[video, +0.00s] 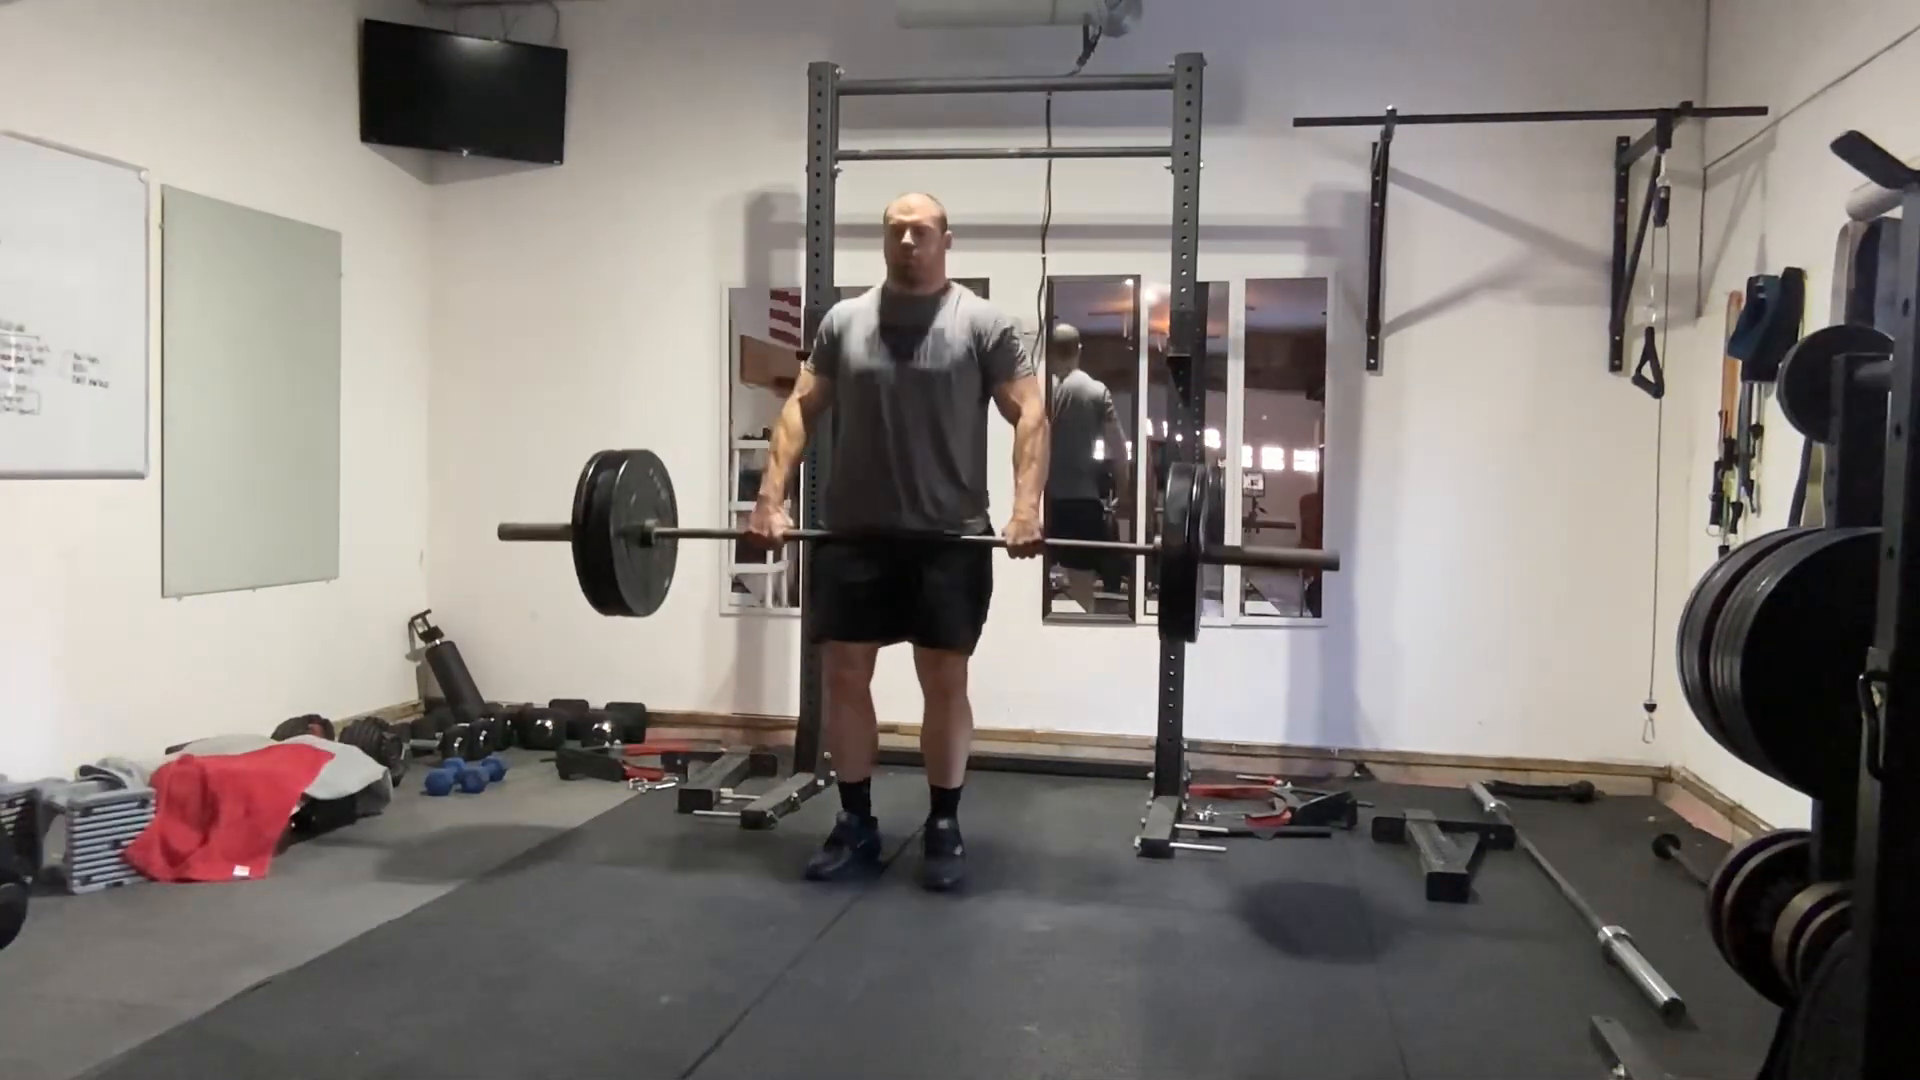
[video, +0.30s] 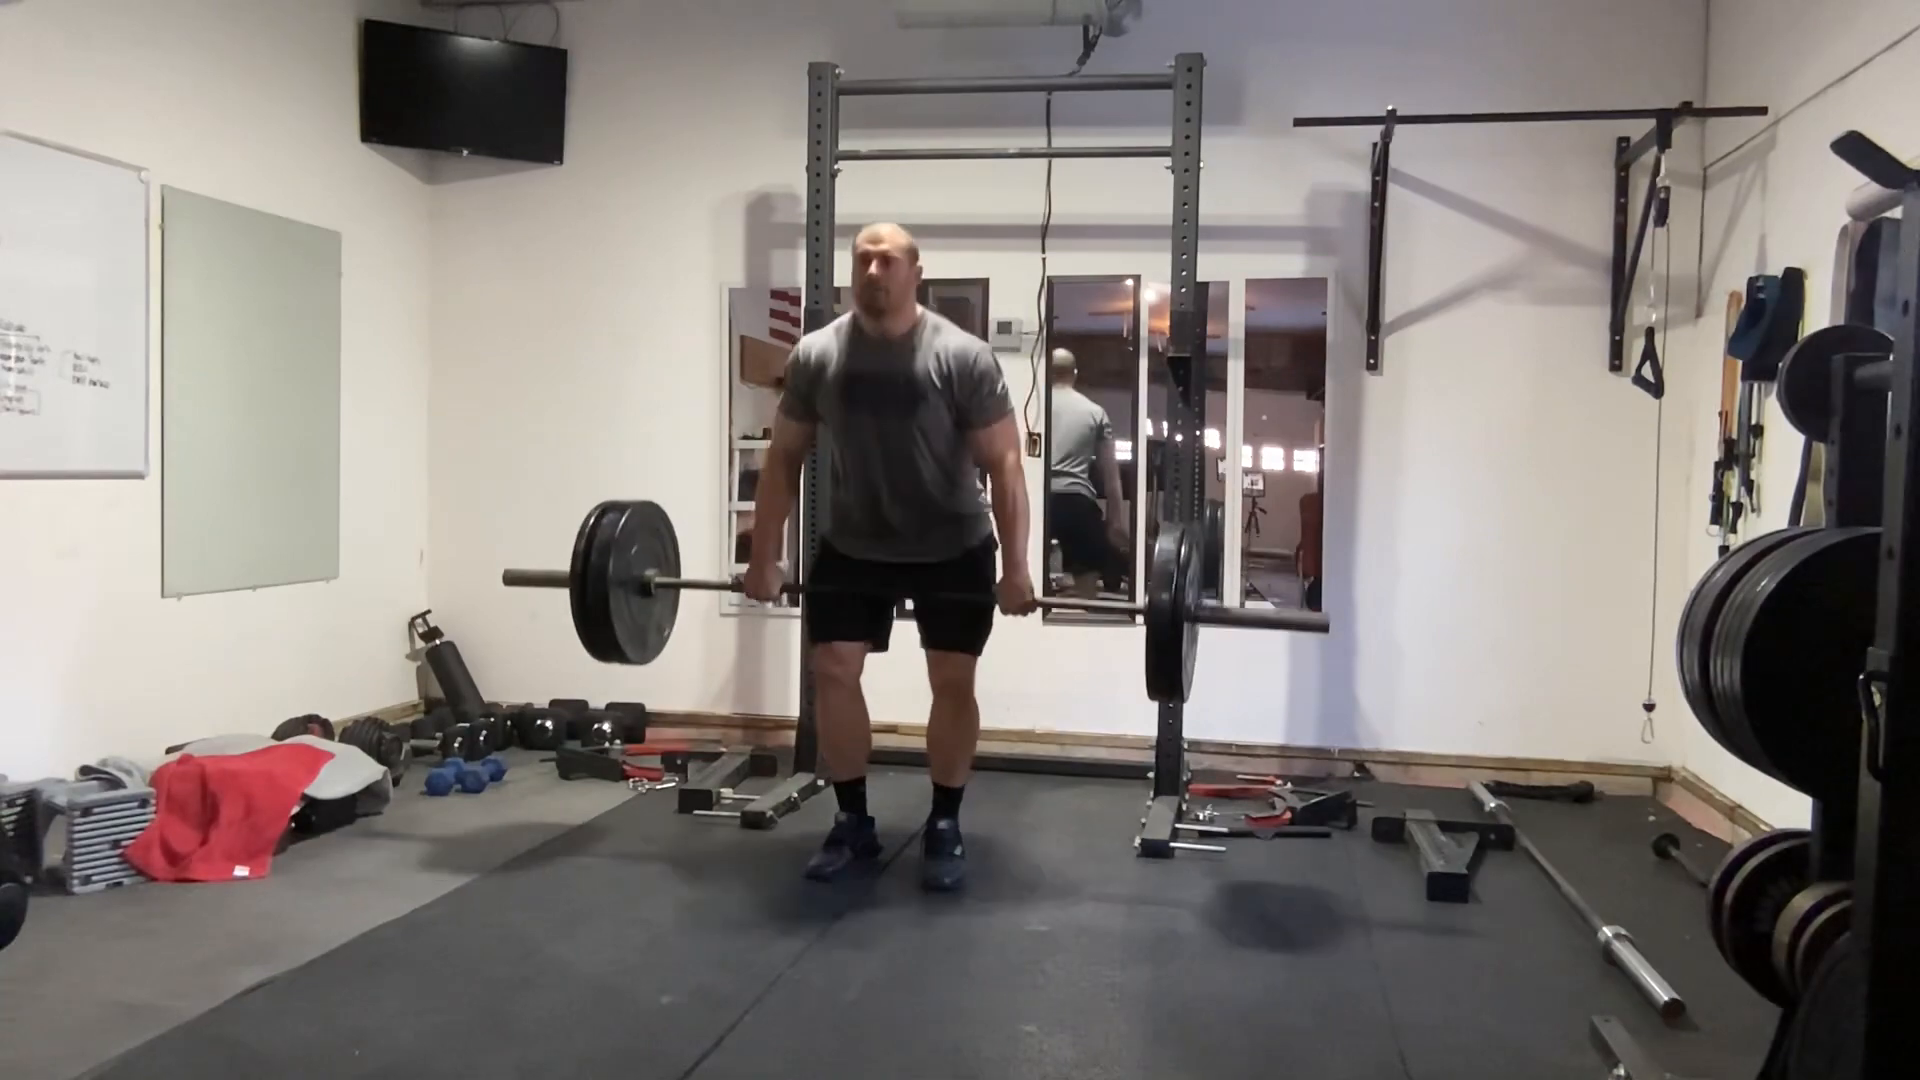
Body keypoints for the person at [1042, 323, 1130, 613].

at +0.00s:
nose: (1050, 358)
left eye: (1051, 352)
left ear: (1048, 351)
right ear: (1079, 350)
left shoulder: (1038, 390)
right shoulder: (1096, 391)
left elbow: (1028, 446)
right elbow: (1117, 449)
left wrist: (1027, 494)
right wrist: (1123, 496)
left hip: (1044, 499)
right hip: (1082, 499)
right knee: (1080, 576)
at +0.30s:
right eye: (1071, 372)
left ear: (1046, 374)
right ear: (1075, 374)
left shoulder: (1028, 406)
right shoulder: (1093, 413)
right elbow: (1111, 478)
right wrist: (1116, 525)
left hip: (1032, 500)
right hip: (1077, 502)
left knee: (1033, 578)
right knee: (1085, 582)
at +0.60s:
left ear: (1047, 403)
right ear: (1075, 404)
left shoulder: (1032, 432)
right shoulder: (1094, 440)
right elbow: (1111, 501)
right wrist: (1118, 554)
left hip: (1034, 503)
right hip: (1078, 505)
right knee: (1091, 582)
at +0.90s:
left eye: (1058, 381)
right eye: (1071, 380)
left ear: (1049, 381)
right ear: (1076, 381)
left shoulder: (1034, 412)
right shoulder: (1094, 418)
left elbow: (1019, 457)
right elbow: (1114, 470)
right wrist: (1119, 526)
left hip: (1038, 492)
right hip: (1079, 493)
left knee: (1035, 562)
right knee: (1083, 572)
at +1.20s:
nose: (1056, 348)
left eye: (1055, 341)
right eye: (1059, 342)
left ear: (1040, 343)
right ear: (1071, 343)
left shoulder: (1027, 377)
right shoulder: (1087, 372)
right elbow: (1126, 413)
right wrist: (1114, 436)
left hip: (1036, 484)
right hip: (1077, 481)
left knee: (1031, 566)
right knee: (1078, 567)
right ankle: (1083, 634)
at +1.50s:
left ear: (1042, 355)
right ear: (1073, 356)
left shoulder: (1027, 396)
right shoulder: (1088, 398)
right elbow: (1110, 437)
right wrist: (1114, 399)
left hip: (1034, 497)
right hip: (1076, 496)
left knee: (1032, 579)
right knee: (1077, 581)